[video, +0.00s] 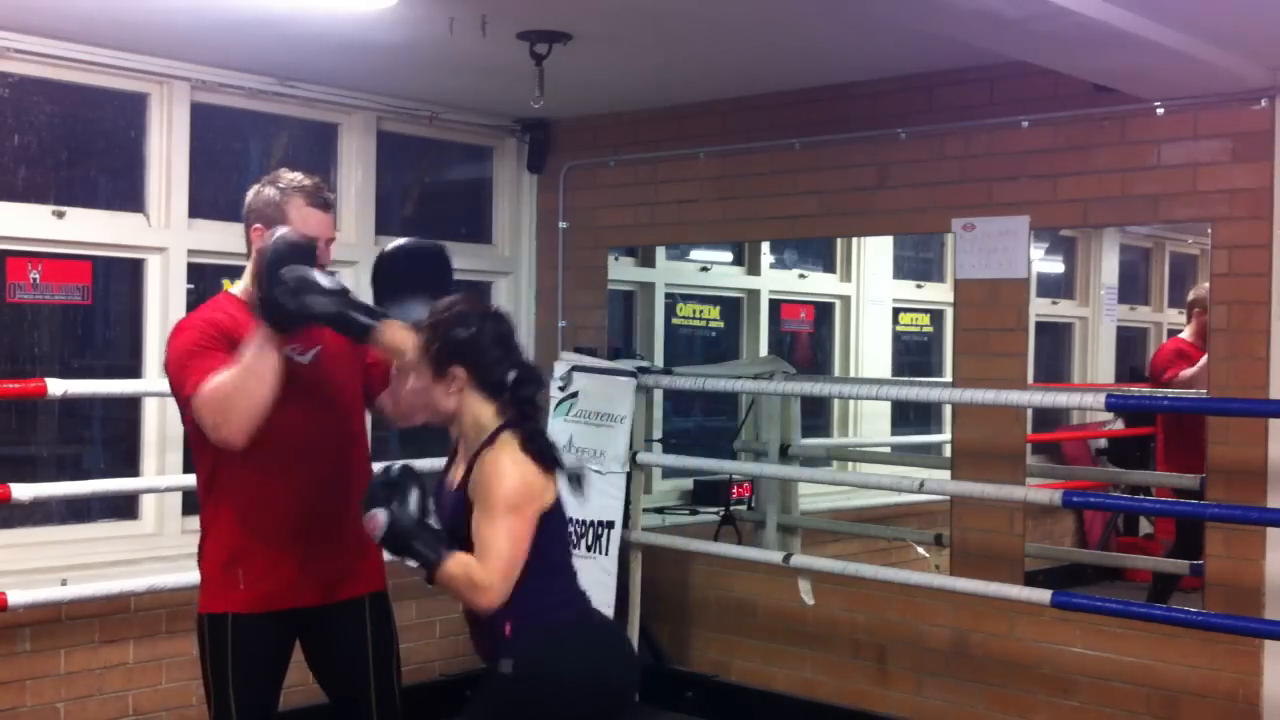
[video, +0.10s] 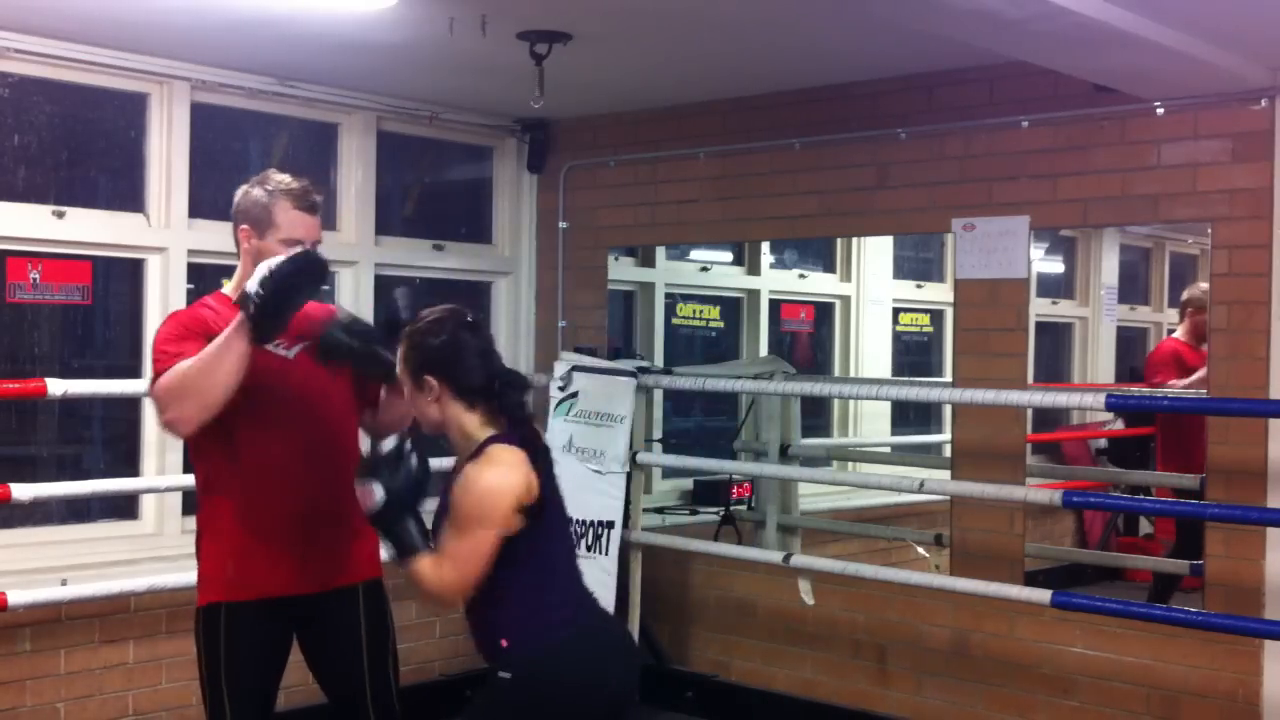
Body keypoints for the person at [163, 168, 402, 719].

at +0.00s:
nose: (320, 262)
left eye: (329, 246)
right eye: (307, 245)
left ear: (336, 242)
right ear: (260, 238)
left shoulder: (343, 330)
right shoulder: (203, 331)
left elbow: (403, 407)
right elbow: (229, 424)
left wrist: (408, 329)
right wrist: (272, 319)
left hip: (348, 582)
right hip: (246, 591)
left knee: (378, 710)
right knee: (241, 714)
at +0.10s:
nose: (307, 260)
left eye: (314, 246)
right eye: (292, 245)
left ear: (321, 242)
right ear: (246, 239)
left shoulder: (333, 324)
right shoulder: (193, 324)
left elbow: (386, 421)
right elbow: (180, 414)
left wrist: (396, 372)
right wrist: (253, 318)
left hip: (344, 577)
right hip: (242, 585)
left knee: (375, 709)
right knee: (238, 713)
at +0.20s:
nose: (306, 256)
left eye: (312, 241)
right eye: (290, 239)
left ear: (316, 242)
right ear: (245, 239)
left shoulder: (331, 330)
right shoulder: (188, 333)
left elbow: (369, 424)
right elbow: (180, 435)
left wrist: (402, 438)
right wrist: (255, 335)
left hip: (338, 578)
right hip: (236, 589)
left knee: (371, 708)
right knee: (231, 715)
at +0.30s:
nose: (312, 259)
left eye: (317, 245)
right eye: (296, 242)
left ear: (322, 247)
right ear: (250, 242)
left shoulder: (324, 333)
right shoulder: (194, 341)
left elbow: (353, 440)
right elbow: (208, 452)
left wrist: (388, 493)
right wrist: (296, 376)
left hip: (333, 581)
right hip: (233, 594)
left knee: (368, 708)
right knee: (233, 714)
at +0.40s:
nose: (328, 264)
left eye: (333, 250)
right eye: (313, 247)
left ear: (333, 253)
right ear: (267, 245)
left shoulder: (318, 335)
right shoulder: (214, 341)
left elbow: (311, 461)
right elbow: (250, 461)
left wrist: (334, 541)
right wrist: (335, 396)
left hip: (325, 581)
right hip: (233, 597)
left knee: (366, 707)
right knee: (236, 714)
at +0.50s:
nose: (352, 268)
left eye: (357, 254)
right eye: (337, 250)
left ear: (360, 253)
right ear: (291, 247)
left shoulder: (317, 338)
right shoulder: (248, 336)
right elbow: (296, 462)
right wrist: (363, 396)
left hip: (323, 580)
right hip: (239, 593)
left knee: (365, 704)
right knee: (240, 713)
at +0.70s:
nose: (417, 281)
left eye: (423, 267)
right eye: (404, 262)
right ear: (357, 257)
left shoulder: (350, 333)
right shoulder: (310, 332)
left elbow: (336, 444)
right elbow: (333, 457)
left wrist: (393, 395)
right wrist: (415, 384)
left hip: (337, 573)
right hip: (259, 580)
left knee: (386, 704)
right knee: (250, 712)